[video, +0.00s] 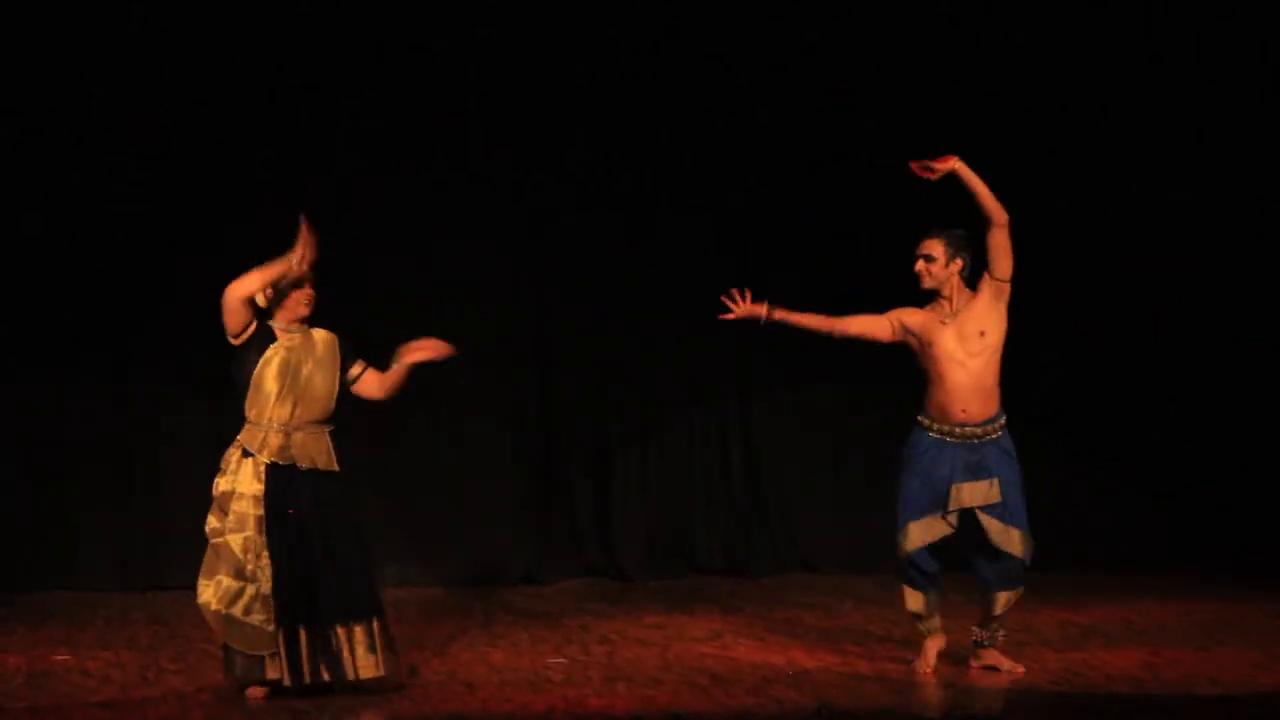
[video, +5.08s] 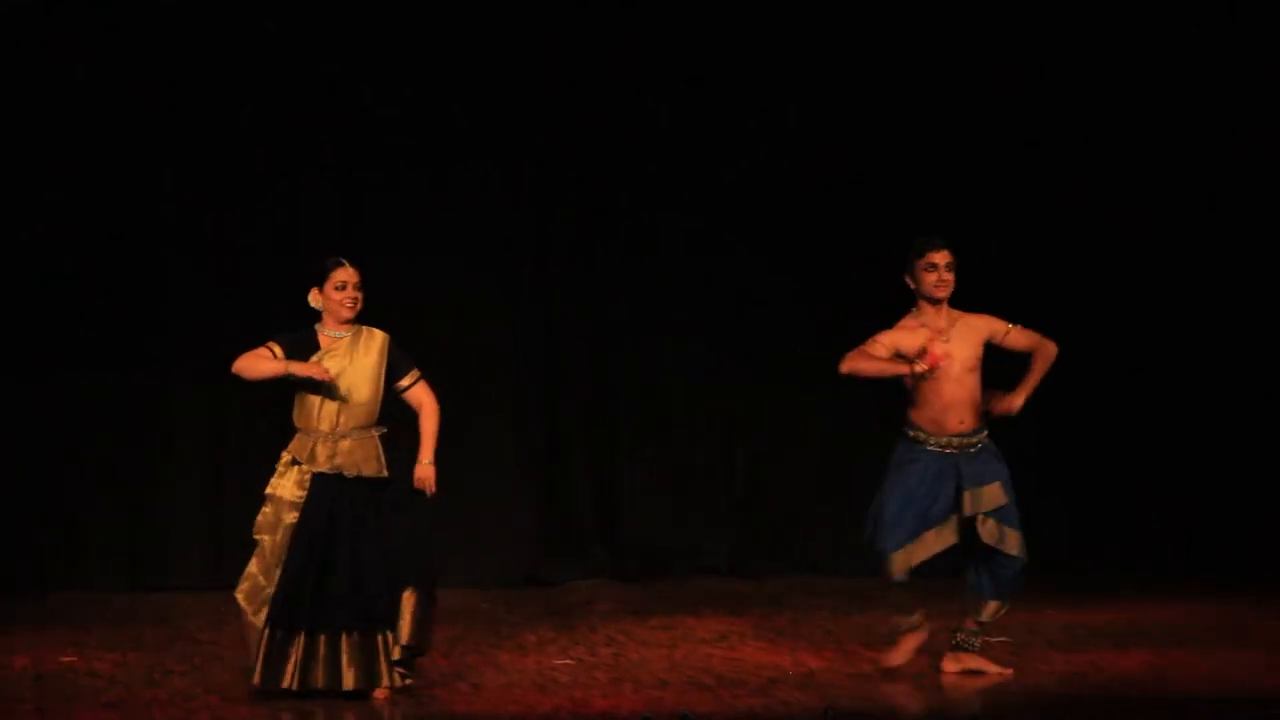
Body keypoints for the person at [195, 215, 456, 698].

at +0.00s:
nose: (308, 293)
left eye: (310, 287)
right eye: (298, 288)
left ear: (313, 297)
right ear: (275, 296)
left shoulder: (327, 345)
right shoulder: (252, 339)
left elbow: (376, 387)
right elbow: (235, 294)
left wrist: (404, 360)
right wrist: (290, 262)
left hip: (315, 467)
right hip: (259, 465)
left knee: (329, 561)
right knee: (260, 568)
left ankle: (328, 668)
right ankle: (260, 673)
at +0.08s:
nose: (289, 297)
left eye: (299, 288)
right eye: (280, 289)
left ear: (320, 299)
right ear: (268, 299)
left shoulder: (335, 348)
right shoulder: (257, 345)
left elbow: (391, 384)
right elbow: (216, 321)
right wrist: (270, 312)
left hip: (317, 467)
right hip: (260, 466)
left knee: (328, 566)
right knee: (261, 567)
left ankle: (333, 673)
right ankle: (266, 672)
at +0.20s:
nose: (281, 298)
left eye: (290, 290)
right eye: (275, 290)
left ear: (314, 296)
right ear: (269, 297)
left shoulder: (339, 345)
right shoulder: (260, 344)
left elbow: (389, 398)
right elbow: (203, 369)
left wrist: (366, 451)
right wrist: (251, 355)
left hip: (322, 469)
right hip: (266, 468)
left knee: (328, 568)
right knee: (270, 569)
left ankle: (330, 674)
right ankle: (276, 675)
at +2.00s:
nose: (343, 294)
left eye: (351, 287)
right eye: (334, 287)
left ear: (364, 293)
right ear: (321, 294)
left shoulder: (384, 344)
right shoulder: (305, 340)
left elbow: (430, 404)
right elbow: (239, 361)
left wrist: (418, 462)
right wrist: (288, 357)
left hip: (369, 469)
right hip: (312, 469)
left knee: (374, 567)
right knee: (309, 568)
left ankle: (379, 671)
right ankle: (308, 671)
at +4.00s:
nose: (354, 300)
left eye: (359, 293)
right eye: (343, 292)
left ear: (365, 301)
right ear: (320, 300)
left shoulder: (379, 351)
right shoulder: (302, 345)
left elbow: (419, 414)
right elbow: (243, 363)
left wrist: (427, 475)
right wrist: (297, 356)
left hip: (364, 473)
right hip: (308, 472)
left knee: (369, 570)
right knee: (310, 571)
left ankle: (371, 676)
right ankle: (312, 675)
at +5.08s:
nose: (352, 295)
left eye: (357, 288)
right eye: (342, 287)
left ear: (363, 296)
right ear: (318, 296)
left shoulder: (379, 346)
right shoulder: (300, 340)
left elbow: (427, 403)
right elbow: (242, 366)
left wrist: (425, 459)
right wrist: (293, 367)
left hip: (363, 472)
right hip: (307, 470)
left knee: (368, 571)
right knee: (301, 568)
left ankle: (376, 676)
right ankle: (296, 671)